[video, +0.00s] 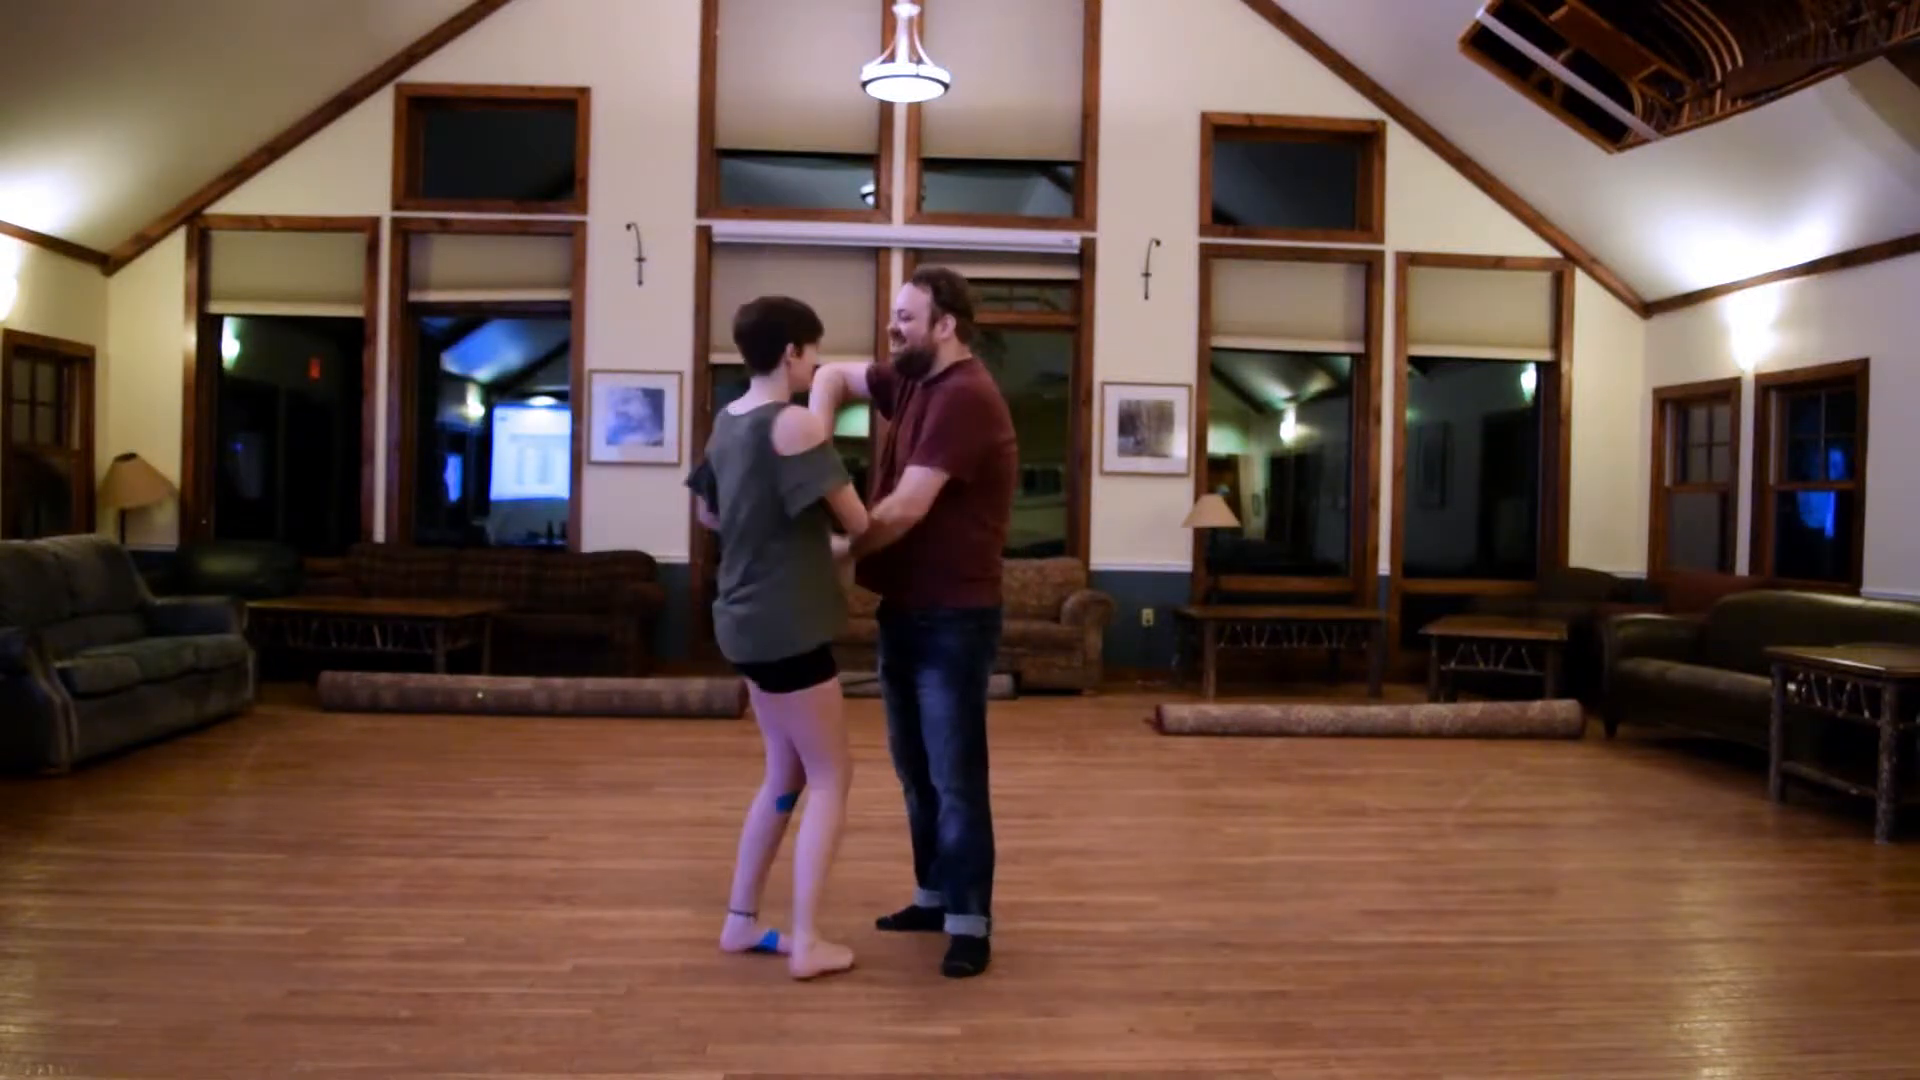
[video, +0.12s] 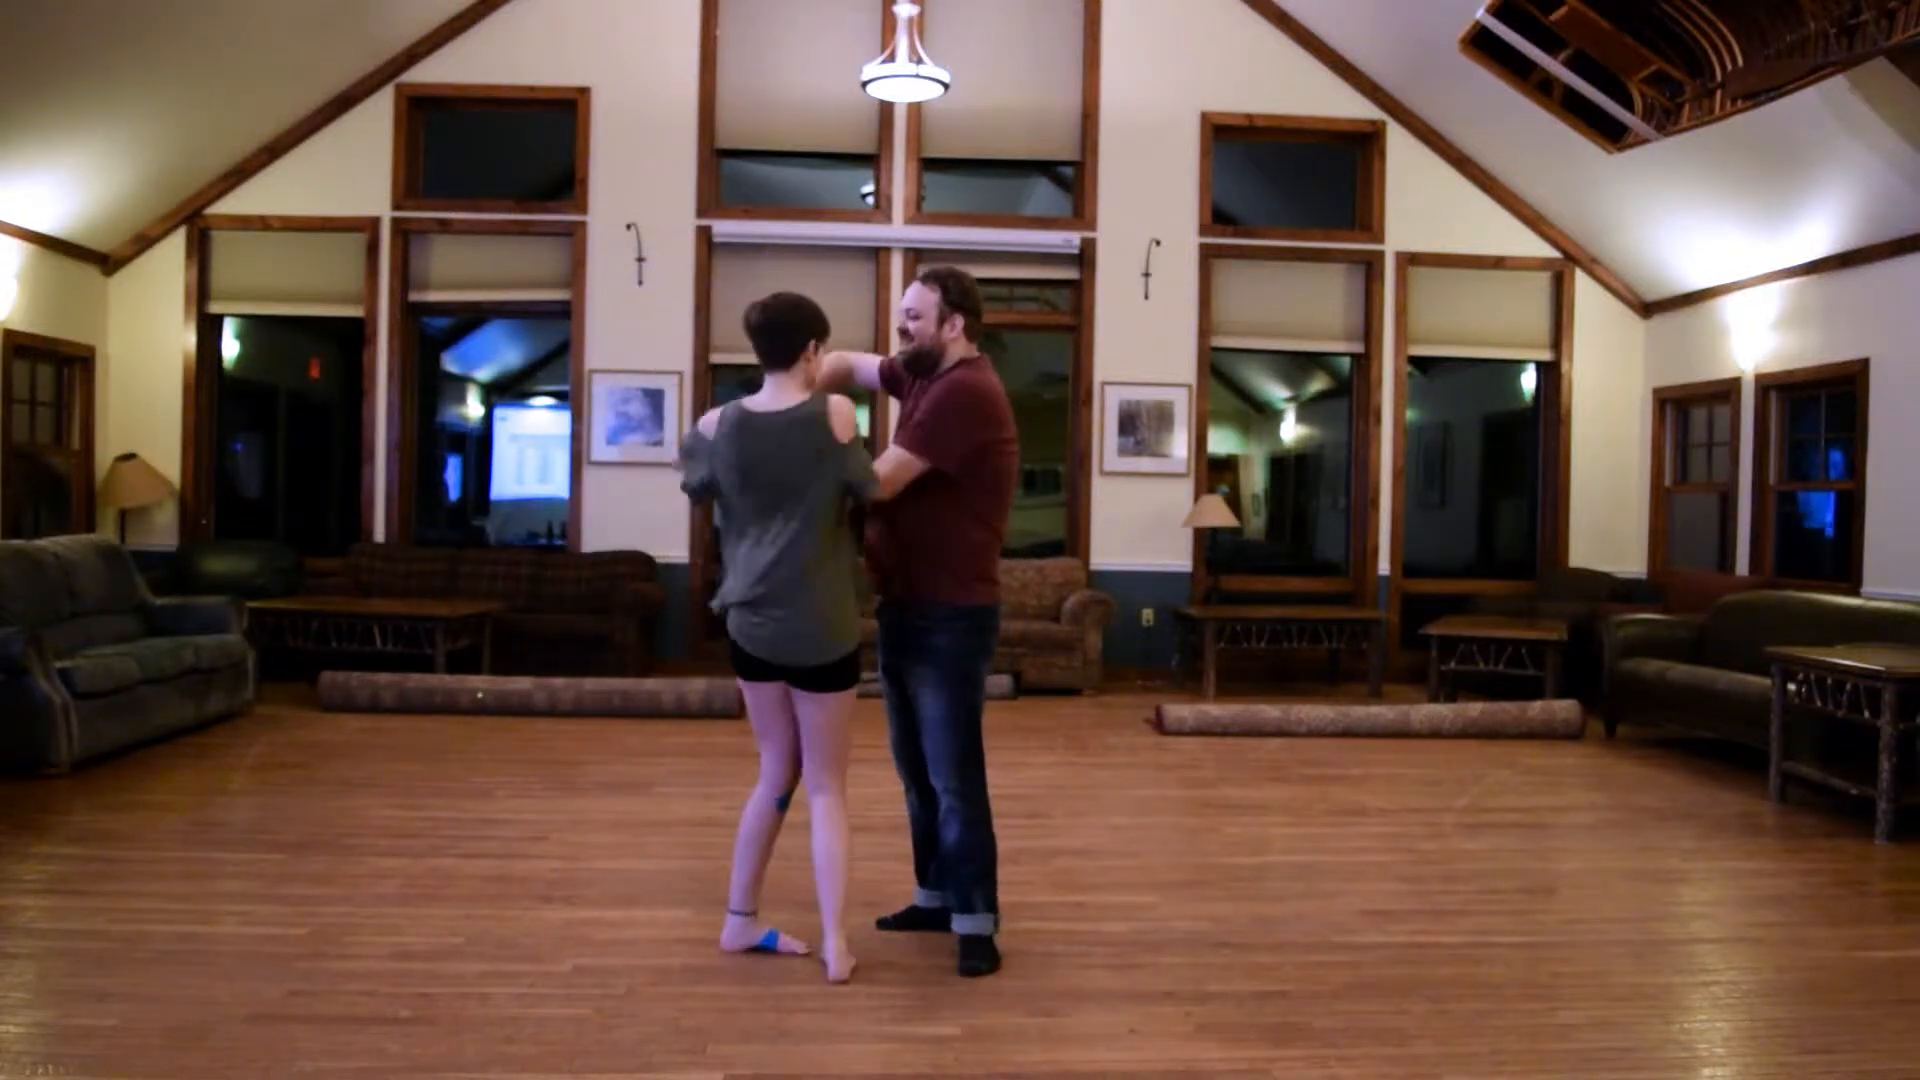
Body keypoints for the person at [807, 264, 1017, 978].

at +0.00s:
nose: (894, 329)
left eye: (906, 318)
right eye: (894, 318)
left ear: (946, 325)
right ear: (911, 325)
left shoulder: (964, 394)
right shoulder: (906, 379)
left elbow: (907, 506)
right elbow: (831, 374)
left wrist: (850, 542)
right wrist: (814, 437)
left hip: (956, 610)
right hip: (905, 604)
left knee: (954, 770)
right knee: (914, 763)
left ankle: (971, 919)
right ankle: (934, 896)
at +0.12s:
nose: (901, 331)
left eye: (913, 320)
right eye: (901, 320)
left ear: (955, 326)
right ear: (919, 325)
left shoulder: (965, 391)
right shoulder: (919, 374)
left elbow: (876, 483)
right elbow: (841, 365)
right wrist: (799, 388)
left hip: (952, 610)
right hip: (907, 604)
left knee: (952, 770)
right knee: (916, 765)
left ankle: (977, 921)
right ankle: (936, 897)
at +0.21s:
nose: (907, 327)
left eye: (920, 317)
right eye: (907, 316)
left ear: (961, 323)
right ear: (928, 322)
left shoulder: (971, 388)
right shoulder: (926, 370)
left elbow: (869, 454)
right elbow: (845, 353)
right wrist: (773, 364)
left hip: (951, 608)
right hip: (905, 603)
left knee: (954, 772)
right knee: (916, 765)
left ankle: (979, 926)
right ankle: (940, 901)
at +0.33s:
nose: (913, 321)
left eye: (927, 312)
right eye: (914, 311)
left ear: (968, 322)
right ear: (944, 321)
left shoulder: (977, 380)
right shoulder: (940, 368)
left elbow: (864, 399)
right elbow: (868, 336)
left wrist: (790, 352)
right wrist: (793, 303)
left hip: (953, 604)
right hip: (907, 599)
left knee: (956, 771)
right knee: (918, 765)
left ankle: (980, 921)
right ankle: (938, 898)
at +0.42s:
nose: (915, 317)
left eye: (930, 307)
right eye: (915, 307)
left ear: (971, 318)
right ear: (920, 319)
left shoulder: (984, 376)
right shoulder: (933, 372)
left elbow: (880, 365)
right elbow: (871, 345)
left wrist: (816, 311)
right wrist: (815, 288)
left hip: (955, 602)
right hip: (904, 599)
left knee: (958, 770)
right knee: (919, 767)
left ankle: (980, 921)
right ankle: (940, 899)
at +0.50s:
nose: (916, 315)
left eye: (931, 305)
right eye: (917, 305)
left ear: (972, 315)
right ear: (931, 315)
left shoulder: (987, 375)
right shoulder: (936, 375)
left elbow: (887, 354)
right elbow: (870, 346)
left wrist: (841, 284)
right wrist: (834, 281)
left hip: (955, 602)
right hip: (904, 599)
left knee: (959, 771)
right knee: (919, 767)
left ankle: (981, 921)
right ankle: (941, 899)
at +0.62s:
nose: (917, 314)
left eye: (933, 304)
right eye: (916, 304)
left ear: (972, 317)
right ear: (913, 314)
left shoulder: (989, 378)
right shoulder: (915, 373)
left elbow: (900, 361)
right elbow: (864, 342)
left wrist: (875, 284)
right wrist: (859, 266)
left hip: (954, 599)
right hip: (896, 598)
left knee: (959, 771)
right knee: (917, 768)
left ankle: (980, 921)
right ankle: (939, 899)